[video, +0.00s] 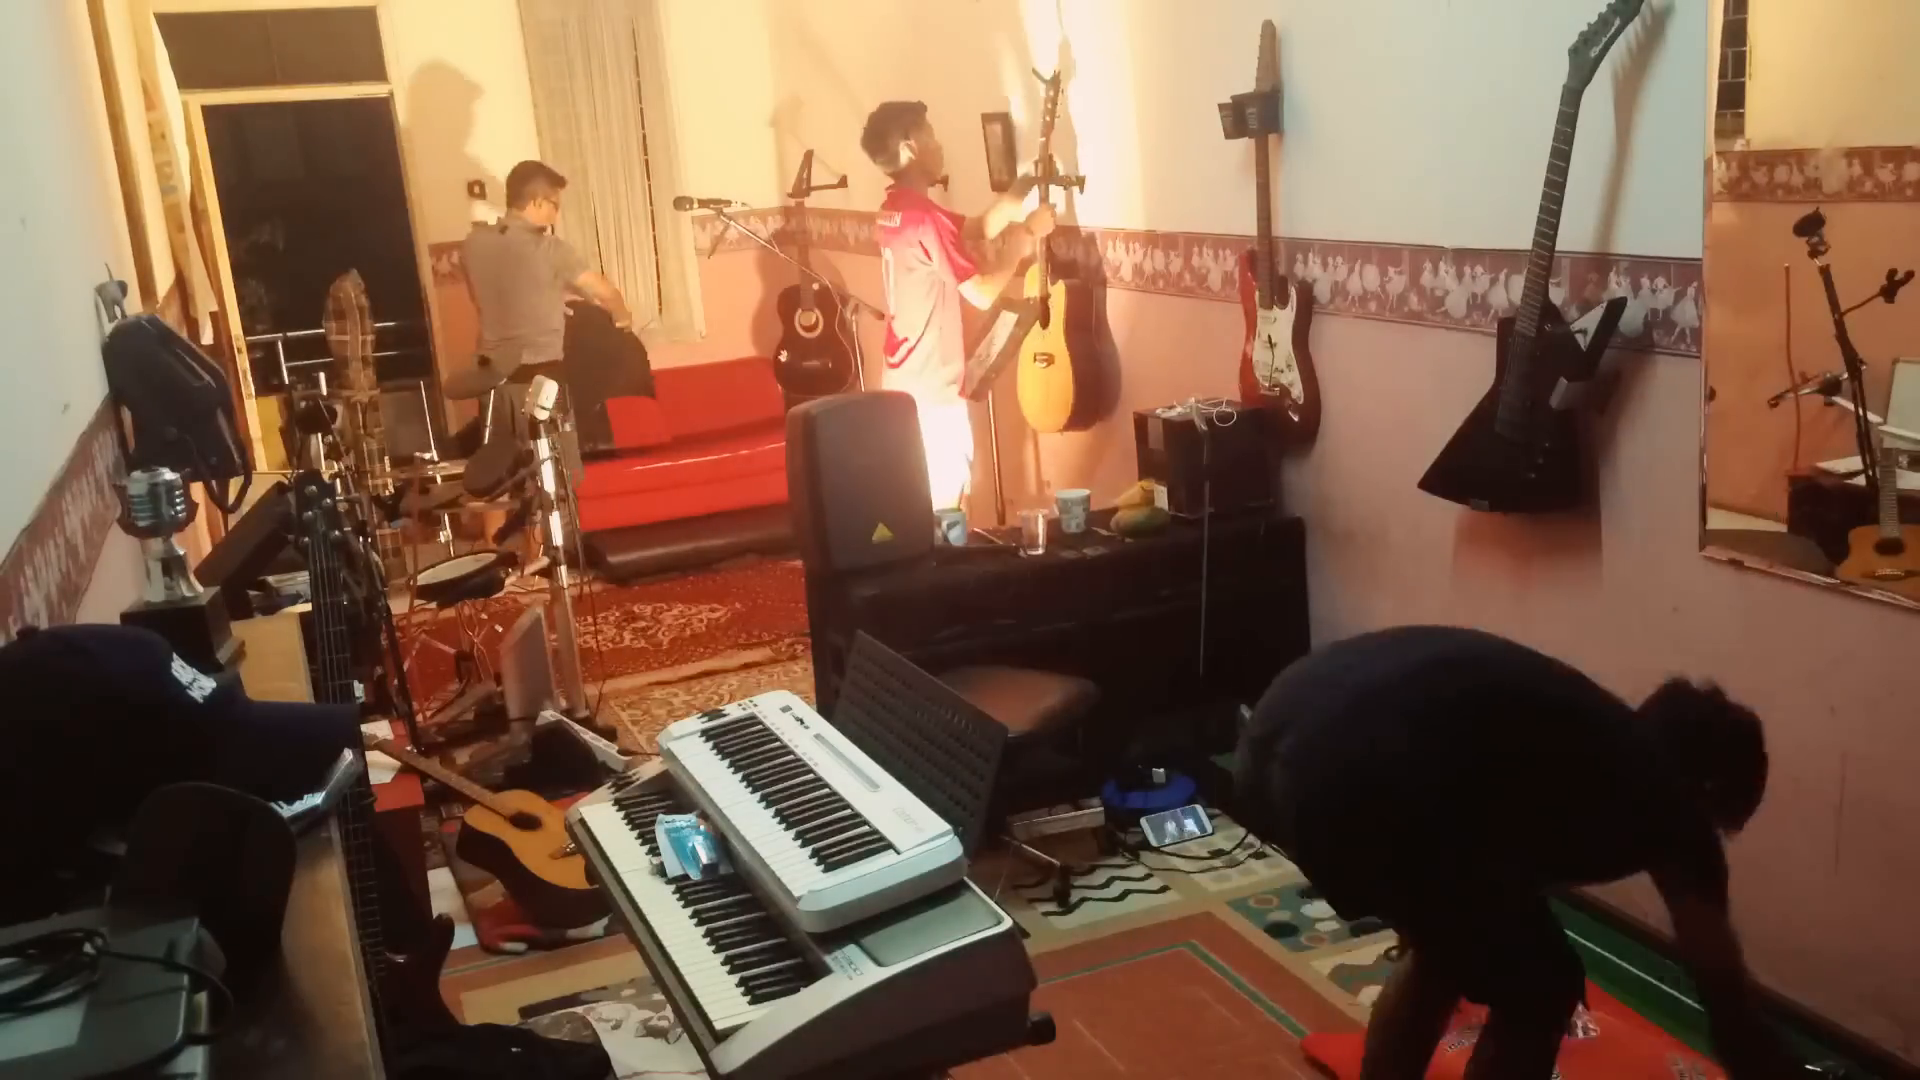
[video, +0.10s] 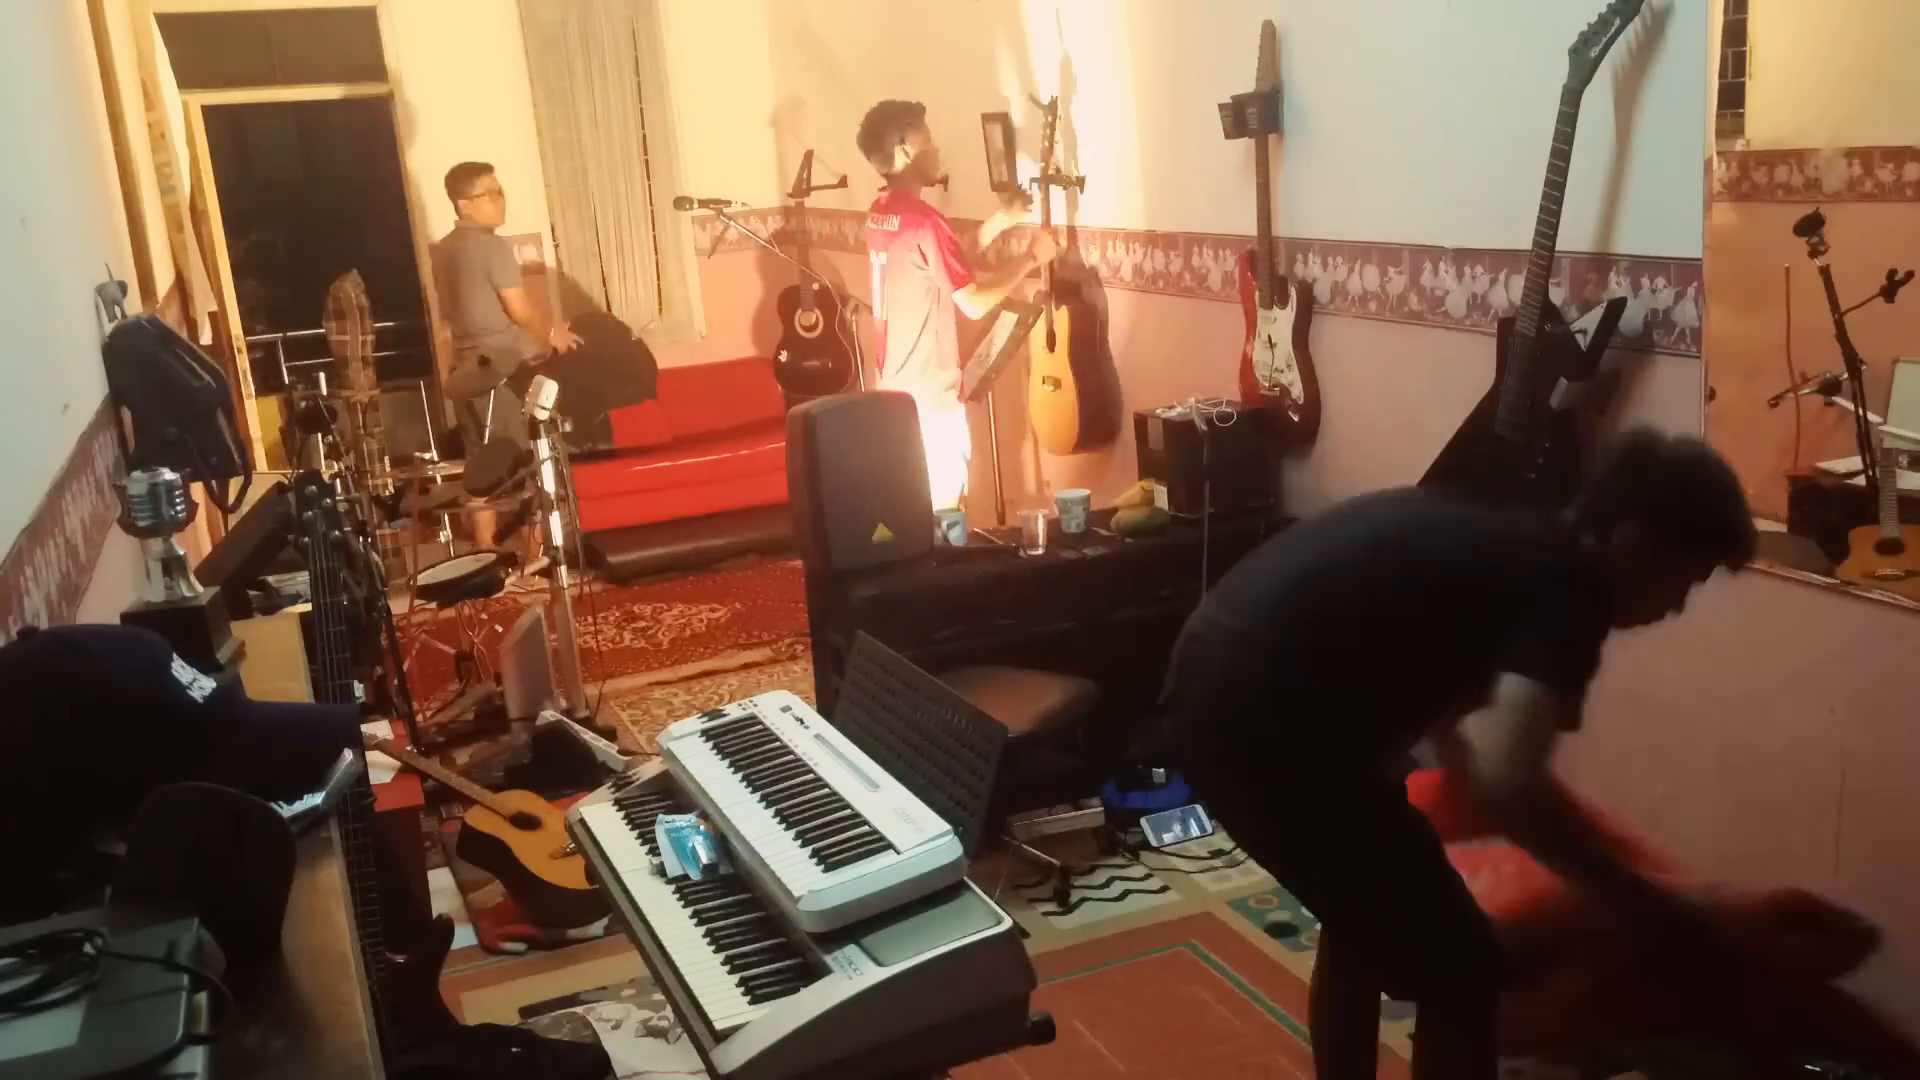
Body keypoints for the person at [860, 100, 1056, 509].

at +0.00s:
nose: (939, 146)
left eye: (934, 136)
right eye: (931, 137)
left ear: (899, 153)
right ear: (909, 148)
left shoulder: (895, 210)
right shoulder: (925, 217)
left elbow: (976, 231)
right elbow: (981, 292)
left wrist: (1020, 187)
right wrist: (1025, 236)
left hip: (906, 379)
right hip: (936, 384)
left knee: (924, 489)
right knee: (948, 490)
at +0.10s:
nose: (935, 145)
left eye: (930, 135)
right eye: (926, 137)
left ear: (893, 154)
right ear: (903, 149)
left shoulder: (880, 215)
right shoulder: (925, 222)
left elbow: (945, 272)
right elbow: (974, 302)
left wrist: (993, 226)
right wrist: (1031, 259)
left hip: (896, 387)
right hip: (934, 393)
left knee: (909, 506)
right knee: (944, 505)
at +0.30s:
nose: (889, 166)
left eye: (887, 156)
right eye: (889, 157)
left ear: (839, 161)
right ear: (883, 163)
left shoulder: (834, 226)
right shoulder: (880, 230)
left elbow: (859, 300)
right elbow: (902, 320)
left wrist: (925, 280)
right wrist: (946, 287)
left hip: (861, 391)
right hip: (903, 393)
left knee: (884, 500)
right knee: (940, 495)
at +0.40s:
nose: (902, 164)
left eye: (900, 152)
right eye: (895, 151)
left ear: (861, 161)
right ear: (863, 159)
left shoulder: (841, 223)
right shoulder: (878, 227)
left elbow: (865, 305)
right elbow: (896, 319)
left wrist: (932, 285)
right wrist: (945, 296)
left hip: (863, 389)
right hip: (902, 391)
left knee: (888, 499)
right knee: (941, 494)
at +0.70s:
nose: (1017, 216)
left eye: (1023, 204)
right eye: (1012, 205)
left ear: (974, 182)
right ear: (980, 188)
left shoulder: (935, 201)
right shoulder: (956, 256)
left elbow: (883, 265)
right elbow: (978, 356)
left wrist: (903, 325)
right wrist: (1060, 386)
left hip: (893, 387)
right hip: (923, 403)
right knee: (941, 504)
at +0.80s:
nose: (1016, 212)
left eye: (1020, 200)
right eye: (1011, 201)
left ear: (973, 184)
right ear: (980, 188)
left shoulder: (928, 203)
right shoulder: (967, 255)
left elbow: (873, 280)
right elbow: (1022, 348)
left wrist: (903, 335)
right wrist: (1098, 408)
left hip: (885, 385)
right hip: (922, 400)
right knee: (940, 508)